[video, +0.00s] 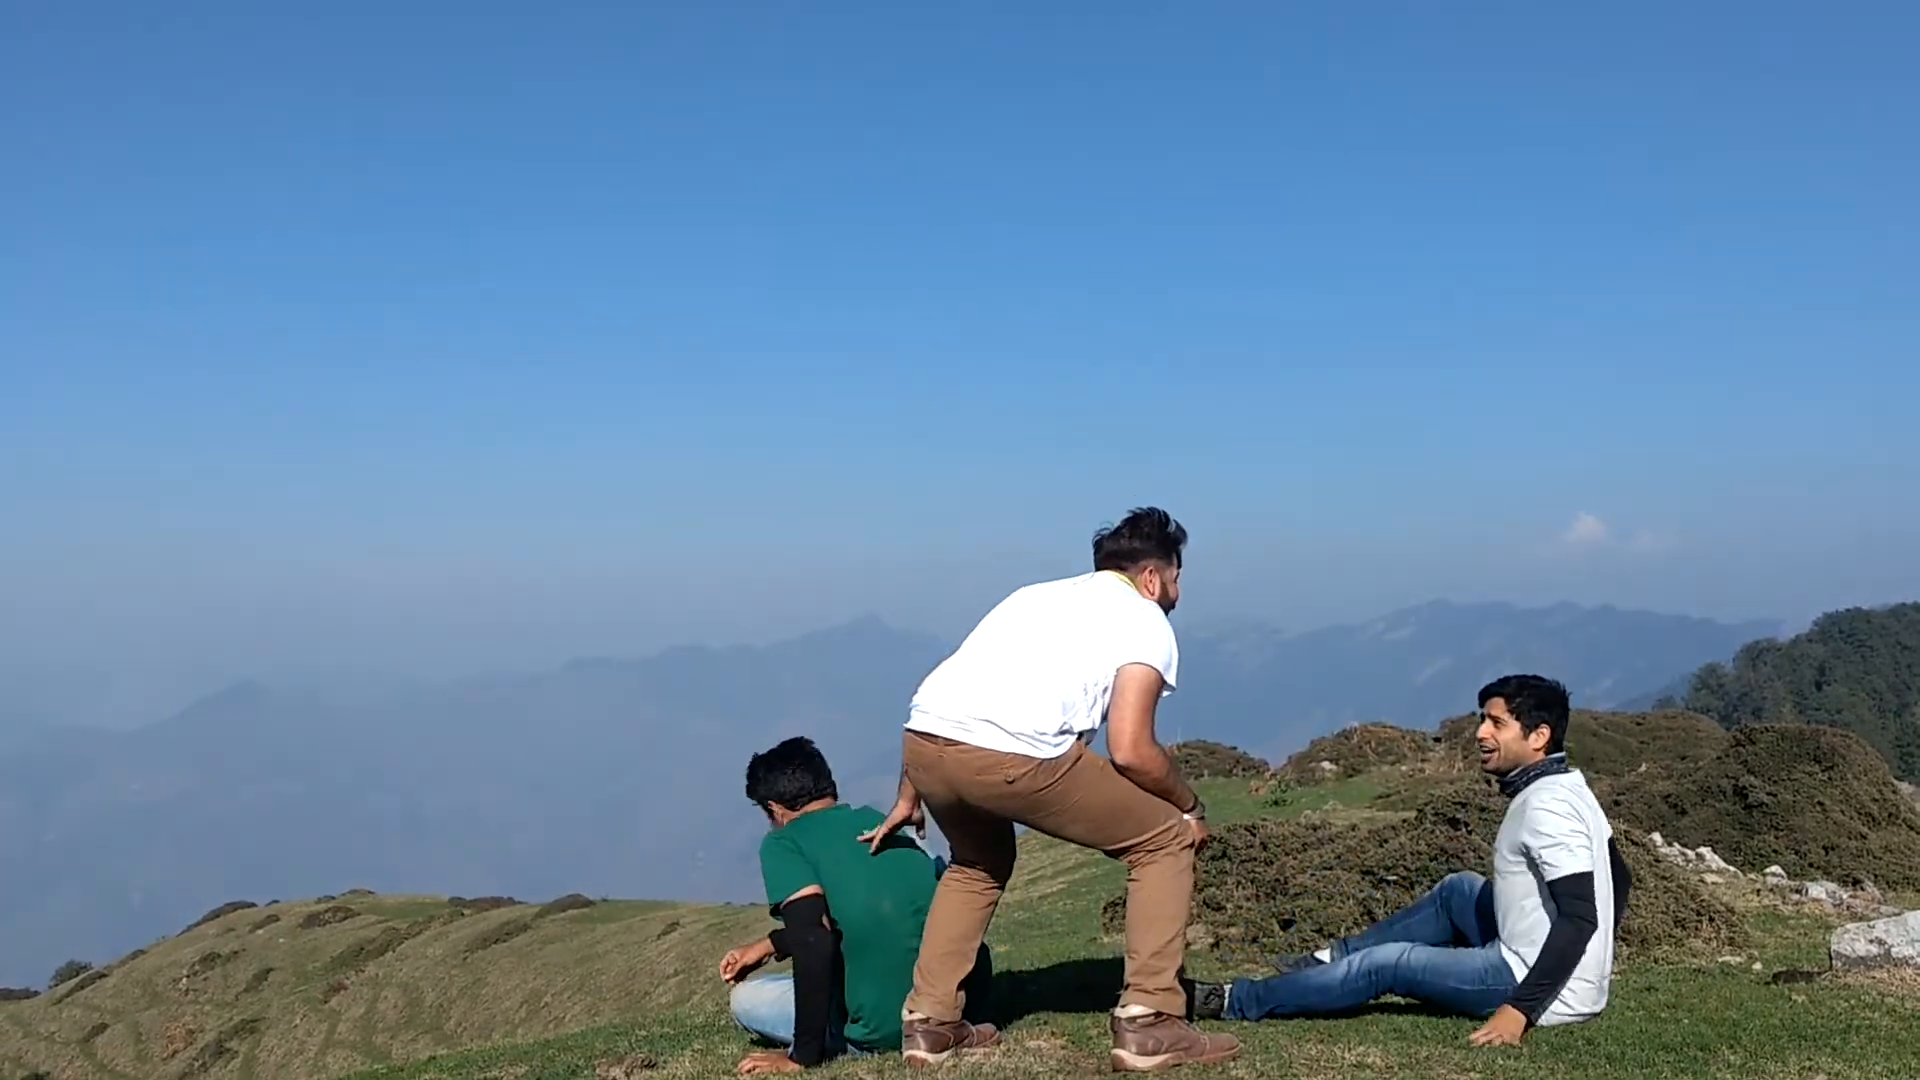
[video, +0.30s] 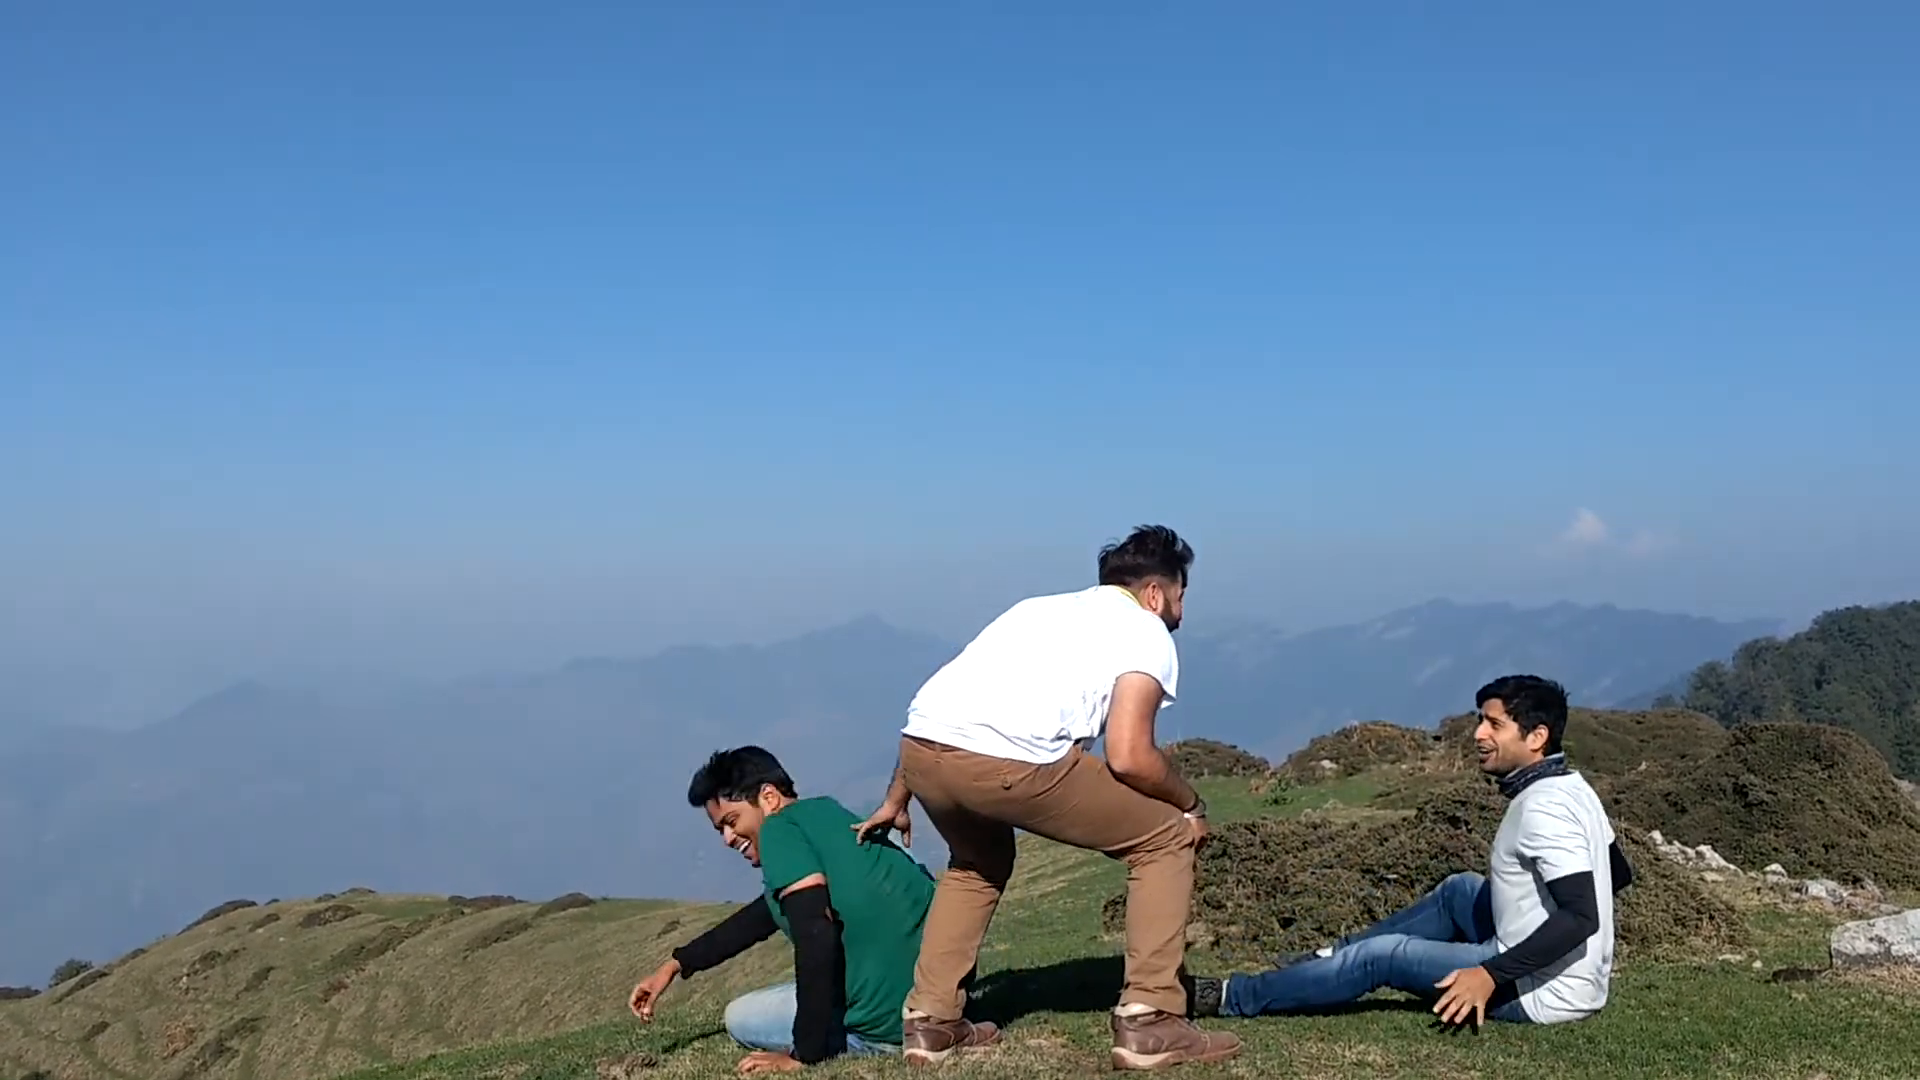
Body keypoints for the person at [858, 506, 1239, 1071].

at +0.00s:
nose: (1178, 592)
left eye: (1180, 577)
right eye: (1177, 576)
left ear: (1106, 565)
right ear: (1153, 574)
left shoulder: (1036, 595)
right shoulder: (1146, 621)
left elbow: (944, 685)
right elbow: (1131, 751)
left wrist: (910, 792)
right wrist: (1187, 804)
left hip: (928, 744)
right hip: (1008, 757)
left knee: (980, 858)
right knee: (1165, 837)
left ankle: (930, 1022)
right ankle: (1150, 1021)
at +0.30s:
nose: (1180, 611)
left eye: (1182, 596)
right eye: (1180, 595)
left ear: (1109, 582)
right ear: (1154, 592)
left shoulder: (1040, 609)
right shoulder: (1146, 632)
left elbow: (946, 692)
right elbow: (1129, 757)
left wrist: (897, 798)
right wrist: (1190, 803)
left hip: (925, 749)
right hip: (1003, 763)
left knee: (979, 859)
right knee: (1167, 836)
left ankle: (931, 1021)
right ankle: (1150, 1021)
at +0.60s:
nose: (1172, 531)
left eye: (1175, 517)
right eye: (1171, 514)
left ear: (1105, 503)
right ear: (1135, 506)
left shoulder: (1023, 548)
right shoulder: (1125, 569)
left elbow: (967, 649)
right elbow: (1138, 716)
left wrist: (929, 746)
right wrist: (1197, 802)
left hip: (944, 738)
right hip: (1027, 744)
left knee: (994, 863)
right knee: (1172, 838)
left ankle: (933, 1022)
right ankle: (1149, 1020)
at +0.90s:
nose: (1125, 429)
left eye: (1131, 416)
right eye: (1111, 413)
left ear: (1127, 421)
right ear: (1065, 417)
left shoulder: (1036, 483)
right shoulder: (1058, 493)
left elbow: (1047, 612)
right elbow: (1073, 616)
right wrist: (1169, 680)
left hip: (996, 709)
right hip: (1047, 709)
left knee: (1025, 858)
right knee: (1182, 835)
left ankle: (940, 1018)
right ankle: (1157, 1021)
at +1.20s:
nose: (1084, 438)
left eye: (1100, 423)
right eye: (1069, 421)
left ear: (1115, 431)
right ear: (1041, 424)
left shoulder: (1114, 510)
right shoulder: (1005, 498)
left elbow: (1112, 605)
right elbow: (967, 616)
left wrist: (1173, 675)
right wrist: (994, 673)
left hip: (1059, 711)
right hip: (1017, 711)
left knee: (1033, 878)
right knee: (1150, 828)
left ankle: (928, 1022)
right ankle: (1158, 1025)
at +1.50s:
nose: (1153, 432)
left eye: (1157, 416)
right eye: (1137, 416)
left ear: (1155, 415)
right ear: (1085, 417)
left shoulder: (1156, 492)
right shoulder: (1021, 496)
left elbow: (1211, 546)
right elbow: (956, 592)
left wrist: (1313, 564)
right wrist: (939, 641)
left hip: (1132, 715)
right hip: (1049, 706)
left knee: (1144, 879)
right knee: (1122, 856)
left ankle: (998, 954)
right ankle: (1107, 1034)